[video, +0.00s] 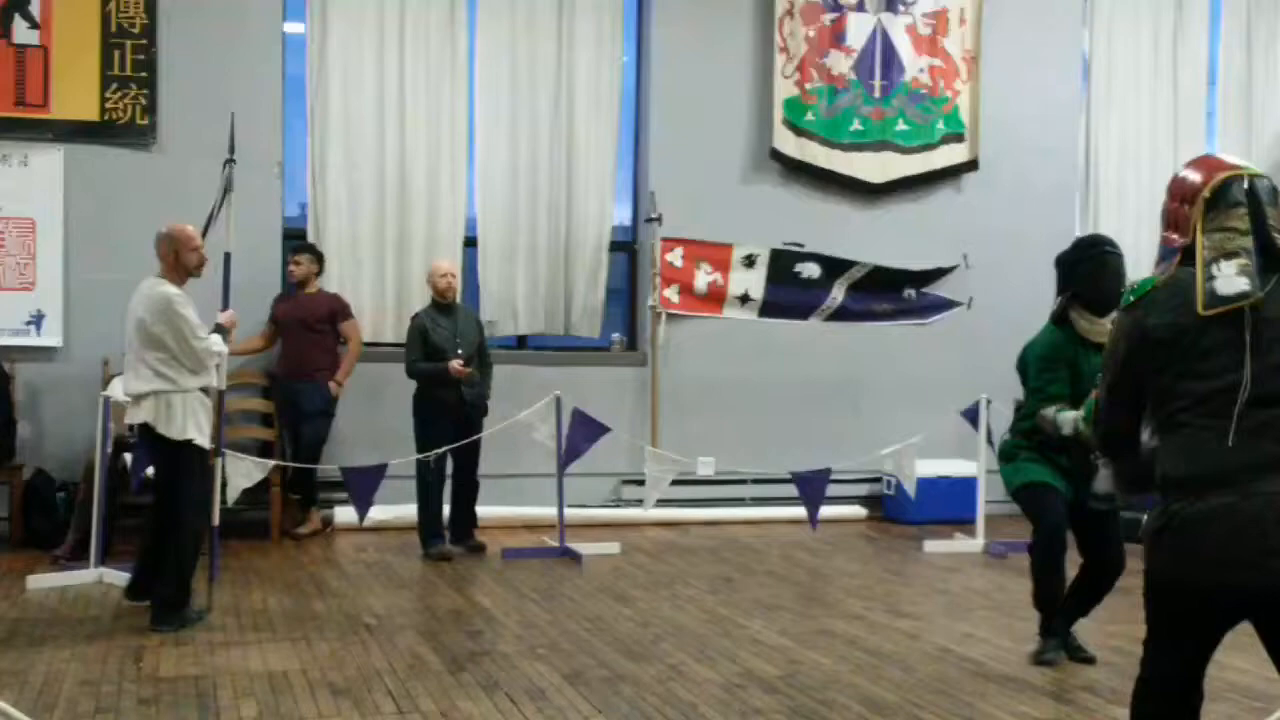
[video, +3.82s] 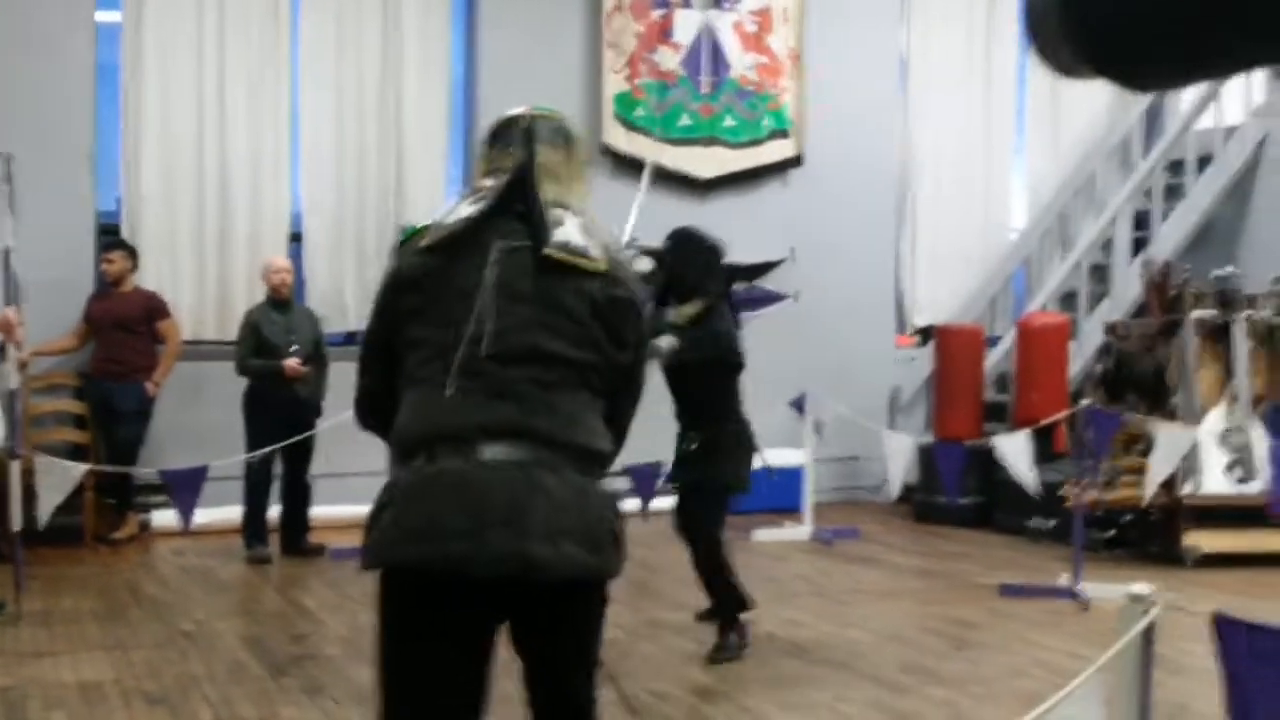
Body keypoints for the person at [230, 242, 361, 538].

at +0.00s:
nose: (292, 268)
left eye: (299, 263)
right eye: (291, 263)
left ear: (316, 268)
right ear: (290, 268)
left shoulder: (332, 302)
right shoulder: (282, 302)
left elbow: (355, 342)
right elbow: (265, 340)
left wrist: (338, 381)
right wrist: (228, 350)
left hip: (318, 385)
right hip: (286, 383)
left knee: (307, 450)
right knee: (294, 450)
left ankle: (310, 514)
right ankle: (308, 514)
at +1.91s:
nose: (274, 265)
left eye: (281, 261)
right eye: (274, 261)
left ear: (299, 265)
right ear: (273, 264)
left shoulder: (317, 300)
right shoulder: (265, 300)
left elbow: (338, 339)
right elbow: (246, 337)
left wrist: (322, 378)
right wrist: (207, 348)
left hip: (301, 383)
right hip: (268, 381)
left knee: (291, 447)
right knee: (276, 447)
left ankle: (292, 510)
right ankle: (288, 510)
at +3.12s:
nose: (238, 266)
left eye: (244, 261)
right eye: (236, 261)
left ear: (262, 263)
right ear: (235, 265)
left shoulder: (281, 299)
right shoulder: (229, 300)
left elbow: (303, 339)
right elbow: (210, 337)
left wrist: (286, 378)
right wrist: (169, 349)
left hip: (266, 382)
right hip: (232, 381)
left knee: (255, 446)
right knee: (241, 447)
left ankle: (258, 511)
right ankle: (255, 511)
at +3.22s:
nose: (216, 265)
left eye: (222, 260)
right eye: (214, 259)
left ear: (237, 263)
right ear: (211, 264)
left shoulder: (254, 299)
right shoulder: (208, 299)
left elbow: (277, 338)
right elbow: (186, 335)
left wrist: (260, 377)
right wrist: (145, 349)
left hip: (238, 381)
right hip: (206, 379)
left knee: (228, 445)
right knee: (211, 446)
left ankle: (231, 510)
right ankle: (218, 509)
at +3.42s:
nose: (176, 268)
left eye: (182, 262)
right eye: (174, 263)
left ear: (201, 266)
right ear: (172, 267)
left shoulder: (219, 300)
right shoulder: (168, 301)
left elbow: (242, 340)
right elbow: (148, 338)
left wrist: (225, 380)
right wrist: (107, 351)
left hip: (204, 384)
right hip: (170, 383)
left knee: (193, 449)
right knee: (175, 449)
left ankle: (196, 513)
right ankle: (186, 512)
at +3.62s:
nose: (143, 267)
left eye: (149, 262)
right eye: (141, 262)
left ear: (167, 265)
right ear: (139, 266)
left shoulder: (185, 301)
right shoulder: (135, 301)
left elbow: (209, 341)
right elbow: (114, 339)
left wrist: (192, 381)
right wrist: (72, 351)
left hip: (169, 384)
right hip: (135, 382)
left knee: (159, 448)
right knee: (140, 449)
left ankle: (162, 514)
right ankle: (147, 512)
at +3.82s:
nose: (105, 267)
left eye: (112, 261)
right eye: (103, 262)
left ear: (130, 264)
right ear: (102, 265)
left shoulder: (148, 301)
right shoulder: (98, 301)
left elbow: (174, 340)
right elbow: (76, 340)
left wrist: (156, 381)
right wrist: (33, 353)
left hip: (134, 385)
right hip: (100, 384)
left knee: (124, 451)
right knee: (107, 451)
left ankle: (129, 517)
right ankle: (121, 515)